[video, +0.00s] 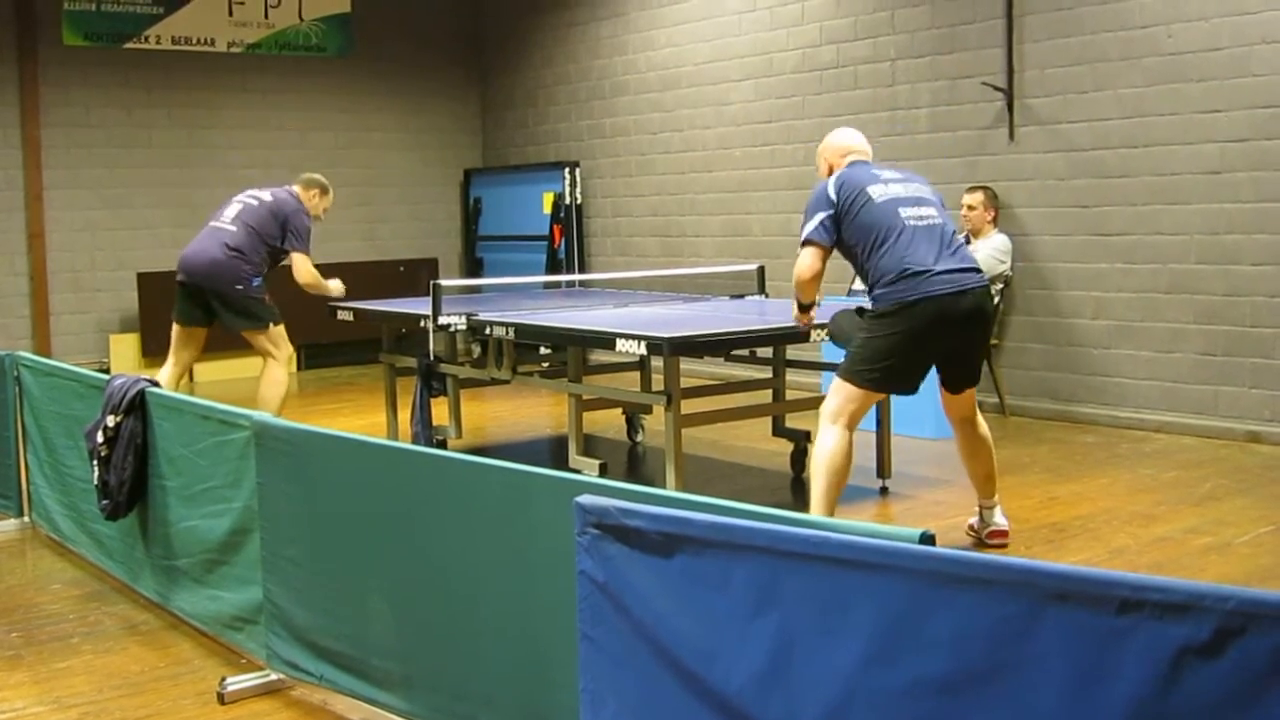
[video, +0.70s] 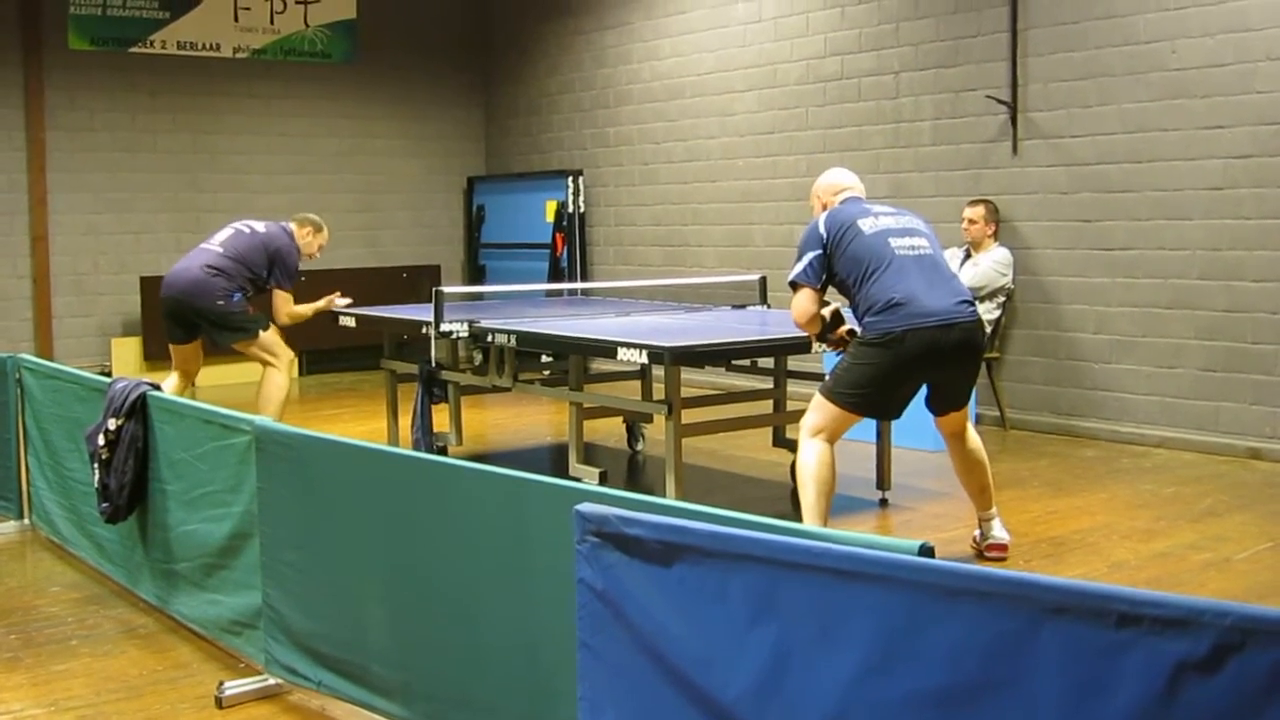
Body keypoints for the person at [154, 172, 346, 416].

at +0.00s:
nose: (320, 216)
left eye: (324, 211)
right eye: (323, 208)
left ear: (299, 188)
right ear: (313, 194)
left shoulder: (259, 193)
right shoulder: (296, 211)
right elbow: (304, 276)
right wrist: (329, 288)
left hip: (191, 265)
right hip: (232, 271)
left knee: (177, 360)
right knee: (279, 355)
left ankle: (147, 425)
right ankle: (263, 437)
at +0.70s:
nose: (317, 255)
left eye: (321, 250)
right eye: (319, 247)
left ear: (300, 229)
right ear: (307, 232)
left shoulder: (257, 227)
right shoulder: (285, 247)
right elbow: (283, 316)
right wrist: (322, 305)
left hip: (174, 285)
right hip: (213, 290)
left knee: (183, 372)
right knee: (281, 359)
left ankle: (149, 418)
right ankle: (265, 439)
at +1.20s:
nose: (305, 211)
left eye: (308, 205)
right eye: (305, 202)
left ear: (284, 189)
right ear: (288, 190)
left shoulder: (237, 191)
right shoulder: (274, 210)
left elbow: (207, 235)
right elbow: (290, 277)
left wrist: (233, 272)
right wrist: (333, 262)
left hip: (166, 259)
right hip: (205, 263)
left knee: (181, 348)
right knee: (271, 336)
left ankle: (150, 401)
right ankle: (261, 420)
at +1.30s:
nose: (301, 178)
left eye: (303, 171)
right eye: (299, 169)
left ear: (277, 158)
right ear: (282, 159)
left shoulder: (231, 166)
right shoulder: (271, 182)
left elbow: (205, 216)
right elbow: (299, 244)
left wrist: (238, 253)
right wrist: (332, 213)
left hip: (167, 241)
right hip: (205, 246)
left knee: (180, 334)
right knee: (261, 328)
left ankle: (152, 397)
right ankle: (260, 415)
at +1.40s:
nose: (297, 144)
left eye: (297, 137)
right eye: (294, 135)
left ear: (269, 129)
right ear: (274, 129)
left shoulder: (222, 142)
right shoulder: (267, 155)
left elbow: (205, 192)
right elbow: (304, 210)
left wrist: (243, 228)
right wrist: (330, 182)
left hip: (171, 226)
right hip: (209, 230)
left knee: (177, 320)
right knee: (252, 317)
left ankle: (146, 385)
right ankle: (253, 405)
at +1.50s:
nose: (292, 119)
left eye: (292, 112)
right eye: (289, 111)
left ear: (262, 107)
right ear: (272, 106)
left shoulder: (219, 126)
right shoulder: (265, 135)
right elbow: (299, 194)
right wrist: (332, 174)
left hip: (178, 216)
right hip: (216, 219)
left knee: (176, 311)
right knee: (253, 309)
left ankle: (141, 379)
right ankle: (248, 397)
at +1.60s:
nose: (292, 109)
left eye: (292, 101)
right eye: (290, 100)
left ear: (260, 96)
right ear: (275, 96)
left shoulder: (224, 117)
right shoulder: (270, 124)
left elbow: (192, 159)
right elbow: (294, 184)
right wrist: (332, 171)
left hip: (190, 212)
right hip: (228, 216)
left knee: (178, 303)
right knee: (259, 305)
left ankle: (143, 371)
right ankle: (246, 391)